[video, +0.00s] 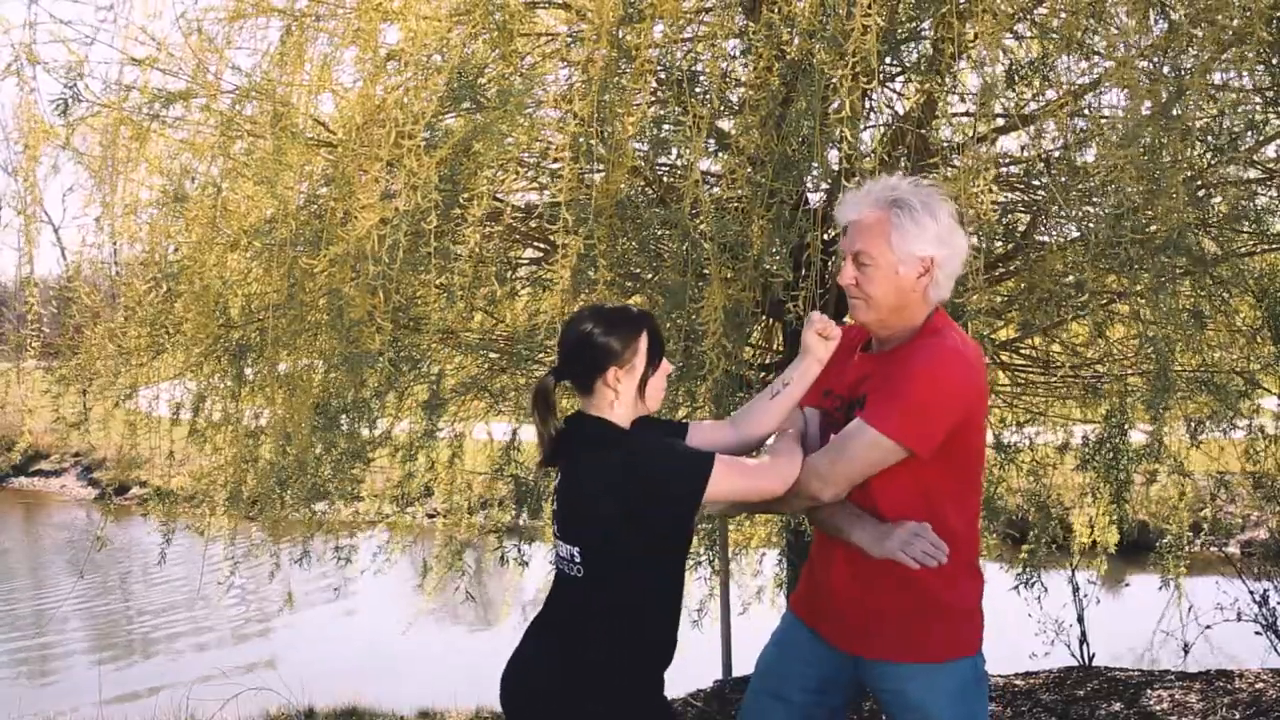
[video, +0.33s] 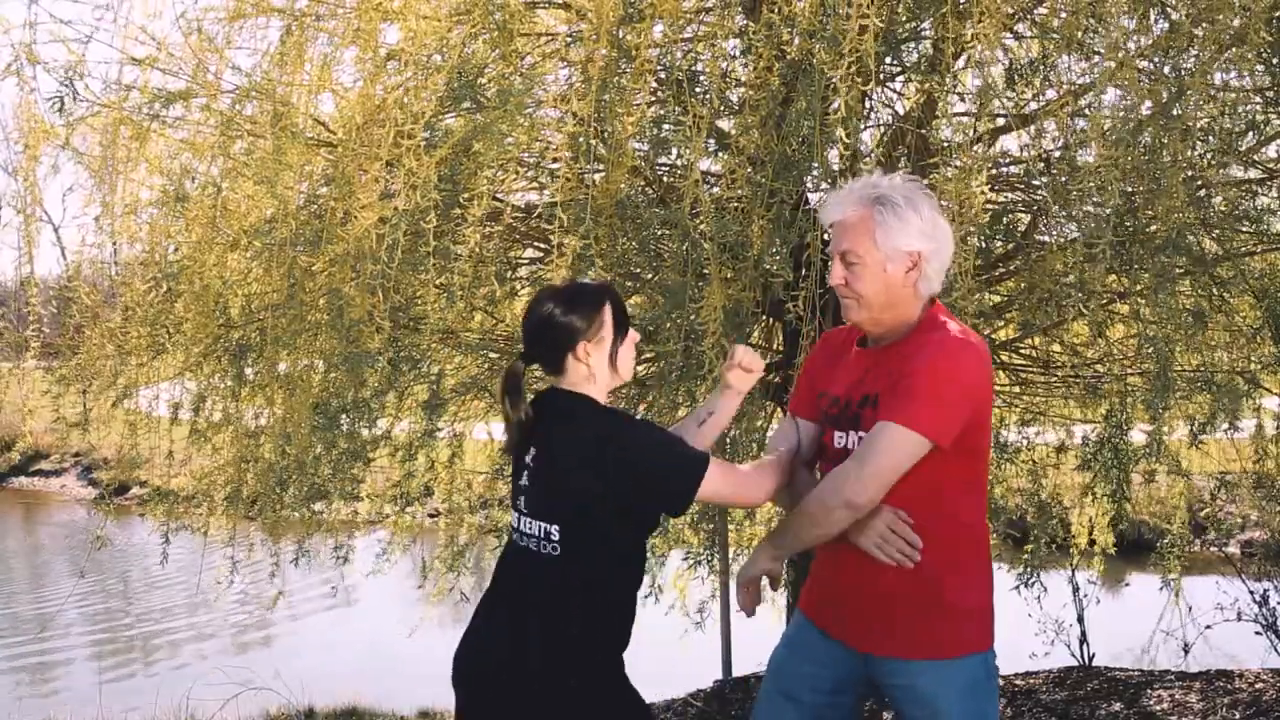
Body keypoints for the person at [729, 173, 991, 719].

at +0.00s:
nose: (843, 278)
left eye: (862, 263)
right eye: (844, 260)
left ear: (923, 270)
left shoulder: (947, 363)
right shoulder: (841, 343)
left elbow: (818, 480)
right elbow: (783, 465)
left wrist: (745, 487)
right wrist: (868, 531)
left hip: (925, 642)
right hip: (818, 623)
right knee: (762, 710)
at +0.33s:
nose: (834, 278)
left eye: (851, 262)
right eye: (833, 261)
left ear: (911, 265)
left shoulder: (952, 355)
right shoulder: (830, 349)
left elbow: (854, 493)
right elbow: (786, 464)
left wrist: (772, 550)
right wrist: (849, 517)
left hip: (936, 646)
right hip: (825, 630)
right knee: (773, 710)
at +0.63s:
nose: (824, 283)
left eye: (838, 267)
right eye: (824, 265)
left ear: (898, 268)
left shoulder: (978, 353)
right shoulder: (829, 353)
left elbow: (940, 493)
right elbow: (784, 461)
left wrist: (804, 527)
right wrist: (741, 445)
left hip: (960, 638)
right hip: (842, 625)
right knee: (789, 712)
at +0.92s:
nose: (768, 283)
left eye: (782, 266)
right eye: (767, 266)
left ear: (841, 262)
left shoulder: (925, 343)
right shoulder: (775, 361)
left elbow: (877, 483)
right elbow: (698, 474)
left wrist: (754, 462)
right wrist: (622, 401)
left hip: (930, 631)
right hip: (809, 625)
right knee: (757, 711)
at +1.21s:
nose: (786, 270)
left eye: (800, 254)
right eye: (788, 254)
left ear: (858, 254)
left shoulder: (939, 346)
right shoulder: (793, 356)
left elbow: (871, 473)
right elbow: (707, 451)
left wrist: (752, 454)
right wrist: (634, 369)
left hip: (931, 637)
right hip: (810, 626)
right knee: (755, 711)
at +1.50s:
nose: (836, 265)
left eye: (851, 248)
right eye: (836, 249)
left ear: (910, 255)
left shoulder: (978, 351)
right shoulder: (825, 350)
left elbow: (894, 464)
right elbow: (719, 419)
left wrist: (778, 436)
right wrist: (628, 358)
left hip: (947, 638)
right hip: (827, 625)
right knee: (779, 712)